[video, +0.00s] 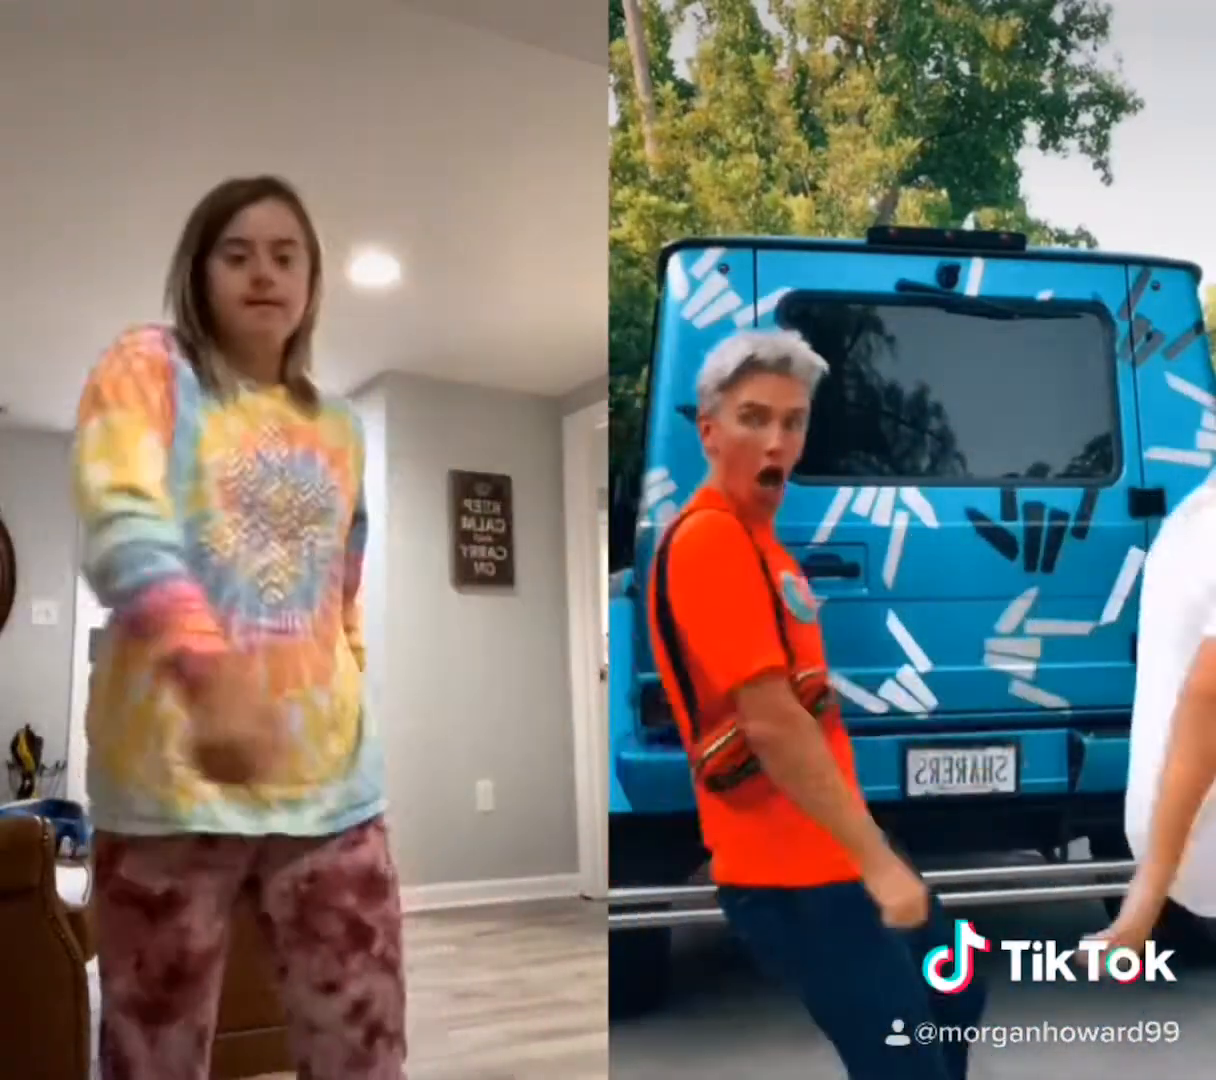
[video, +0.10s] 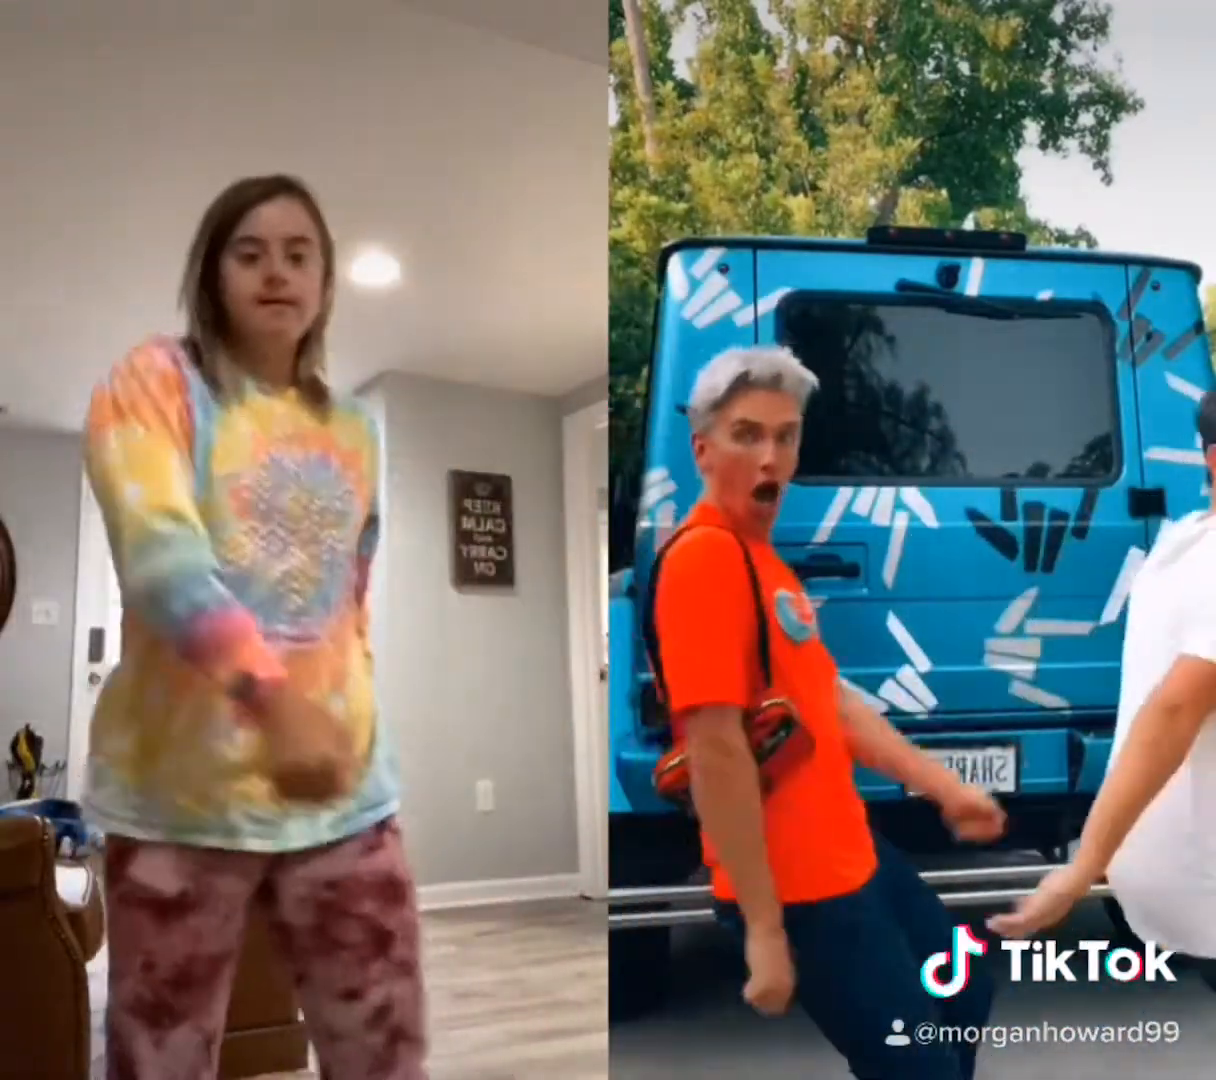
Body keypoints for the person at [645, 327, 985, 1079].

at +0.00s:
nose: (776, 443)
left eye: (792, 423)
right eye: (755, 419)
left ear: (806, 431)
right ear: (707, 427)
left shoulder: (749, 534)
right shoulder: (710, 536)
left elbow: (782, 709)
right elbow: (769, 720)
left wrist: (863, 853)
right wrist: (877, 861)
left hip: (821, 867)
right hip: (790, 879)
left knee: (957, 990)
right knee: (911, 1053)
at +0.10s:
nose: (770, 458)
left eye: (784, 437)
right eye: (747, 435)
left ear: (799, 449)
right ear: (703, 450)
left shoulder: (758, 555)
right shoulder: (703, 557)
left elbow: (827, 697)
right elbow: (714, 747)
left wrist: (944, 787)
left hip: (855, 859)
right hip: (804, 890)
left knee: (963, 986)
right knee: (919, 1056)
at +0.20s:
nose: (734, 421)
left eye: (750, 402)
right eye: (711, 397)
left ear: (765, 416)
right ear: (667, 413)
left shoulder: (736, 527)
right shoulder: (661, 522)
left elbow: (814, 655)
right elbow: (644, 714)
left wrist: (947, 673)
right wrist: (673, 898)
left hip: (813, 847)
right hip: (755, 869)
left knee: (906, 1015)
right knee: (869, 1055)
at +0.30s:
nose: (678, 388)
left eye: (696, 368)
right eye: (655, 365)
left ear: (715, 380)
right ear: (612, 378)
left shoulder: (689, 497)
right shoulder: (613, 488)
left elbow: (737, 644)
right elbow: (599, 678)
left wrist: (874, 657)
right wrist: (627, 852)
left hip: (747, 823)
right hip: (685, 847)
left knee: (835, 993)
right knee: (763, 1052)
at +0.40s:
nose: (615, 398)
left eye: (634, 375)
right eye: (597, 373)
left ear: (658, 388)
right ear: (559, 382)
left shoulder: (635, 517)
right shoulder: (560, 526)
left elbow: (660, 683)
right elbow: (568, 716)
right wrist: (641, 871)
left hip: (693, 842)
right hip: (623, 873)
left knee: (794, 1005)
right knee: (689, 1065)